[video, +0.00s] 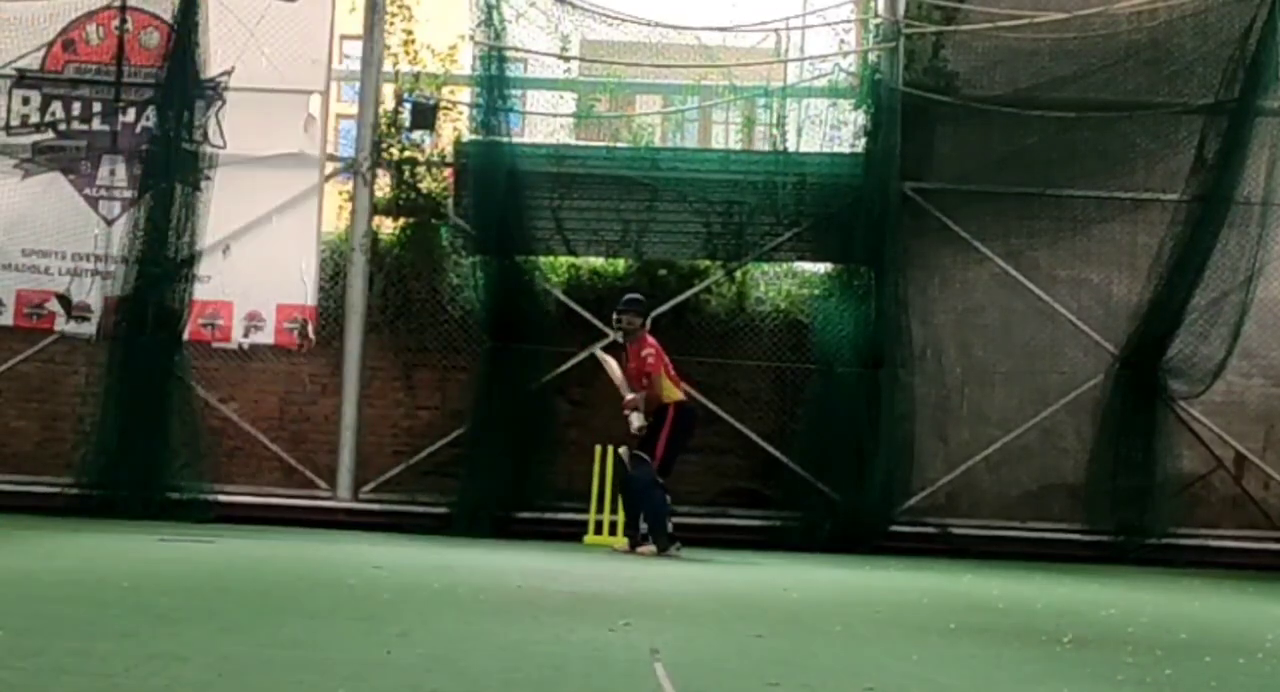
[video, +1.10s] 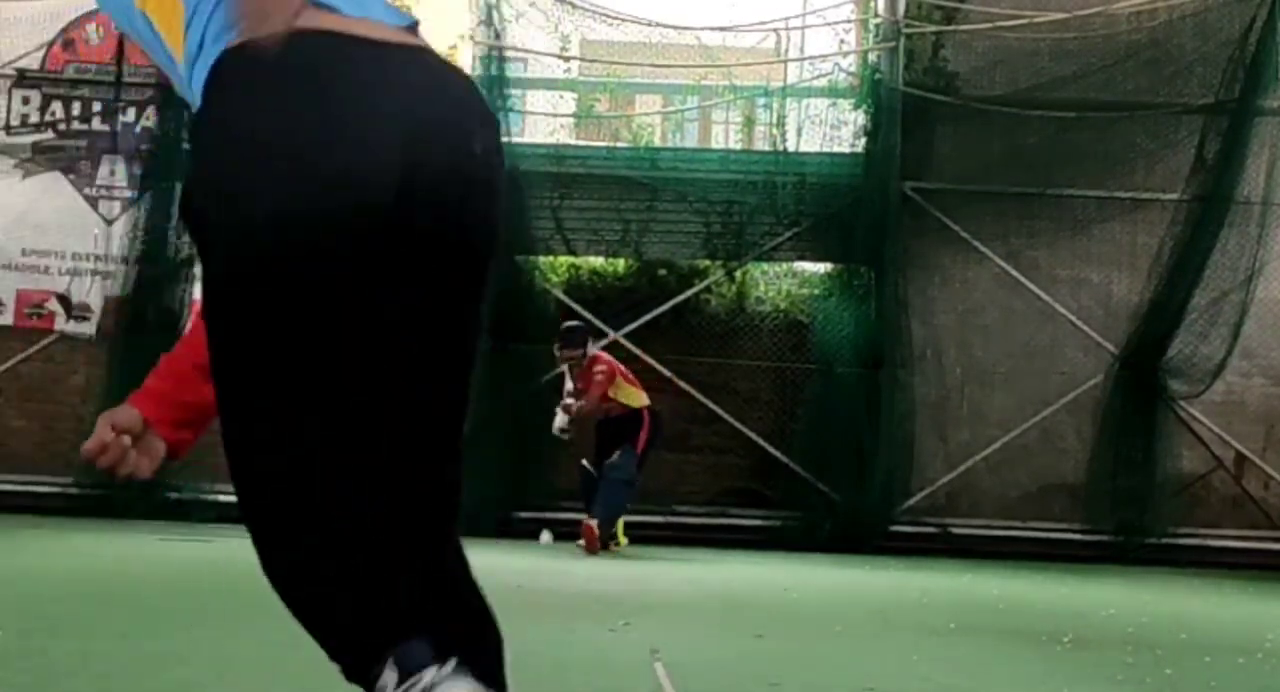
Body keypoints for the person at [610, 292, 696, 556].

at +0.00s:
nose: (626, 322)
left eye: (632, 317)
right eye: (622, 316)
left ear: (643, 321)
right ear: (617, 319)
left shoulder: (648, 349)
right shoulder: (631, 346)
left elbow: (656, 391)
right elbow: (634, 385)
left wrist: (639, 404)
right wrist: (635, 411)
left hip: (674, 405)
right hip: (657, 405)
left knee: (652, 469)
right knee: (638, 465)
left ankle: (662, 538)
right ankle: (639, 535)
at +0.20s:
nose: (623, 323)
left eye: (630, 318)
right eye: (619, 317)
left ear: (639, 322)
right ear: (614, 321)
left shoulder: (645, 351)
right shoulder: (625, 348)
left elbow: (655, 393)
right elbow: (628, 385)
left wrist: (635, 400)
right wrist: (632, 415)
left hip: (672, 406)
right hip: (653, 407)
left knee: (649, 470)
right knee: (632, 466)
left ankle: (661, 538)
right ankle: (638, 535)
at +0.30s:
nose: (622, 325)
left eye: (628, 320)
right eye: (617, 319)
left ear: (637, 324)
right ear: (611, 323)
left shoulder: (641, 353)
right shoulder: (621, 351)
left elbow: (651, 395)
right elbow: (622, 387)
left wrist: (633, 401)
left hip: (670, 407)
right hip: (650, 408)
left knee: (646, 471)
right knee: (632, 465)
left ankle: (660, 538)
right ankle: (640, 534)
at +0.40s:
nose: (617, 329)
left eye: (623, 324)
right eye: (613, 324)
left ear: (632, 328)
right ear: (607, 326)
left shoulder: (637, 356)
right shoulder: (617, 353)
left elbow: (647, 399)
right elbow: (619, 385)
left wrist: (628, 404)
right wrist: (624, 407)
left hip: (667, 409)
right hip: (648, 409)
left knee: (642, 471)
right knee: (627, 465)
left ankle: (661, 539)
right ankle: (611, 532)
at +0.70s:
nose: (594, 335)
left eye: (600, 330)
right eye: (589, 330)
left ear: (609, 333)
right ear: (584, 333)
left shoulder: (620, 360)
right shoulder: (596, 356)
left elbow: (625, 409)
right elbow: (604, 384)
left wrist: (609, 398)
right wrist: (605, 398)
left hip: (651, 405)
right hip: (630, 405)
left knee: (622, 465)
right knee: (609, 463)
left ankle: (642, 530)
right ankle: (598, 533)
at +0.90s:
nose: (584, 345)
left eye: (589, 340)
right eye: (580, 340)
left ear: (599, 342)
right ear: (574, 342)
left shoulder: (609, 367)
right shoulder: (584, 357)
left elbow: (611, 409)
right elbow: (563, 332)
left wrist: (596, 403)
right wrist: (545, 306)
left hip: (643, 405)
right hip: (623, 404)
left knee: (616, 462)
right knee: (606, 461)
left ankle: (601, 526)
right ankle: (607, 530)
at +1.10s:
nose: (571, 364)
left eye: (575, 358)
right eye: (566, 359)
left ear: (586, 351)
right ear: (561, 354)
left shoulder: (602, 364)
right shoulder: (571, 367)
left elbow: (592, 402)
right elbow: (570, 393)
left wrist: (573, 408)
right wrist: (563, 414)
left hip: (636, 413)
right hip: (608, 416)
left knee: (620, 468)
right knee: (601, 470)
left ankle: (600, 529)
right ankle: (610, 532)